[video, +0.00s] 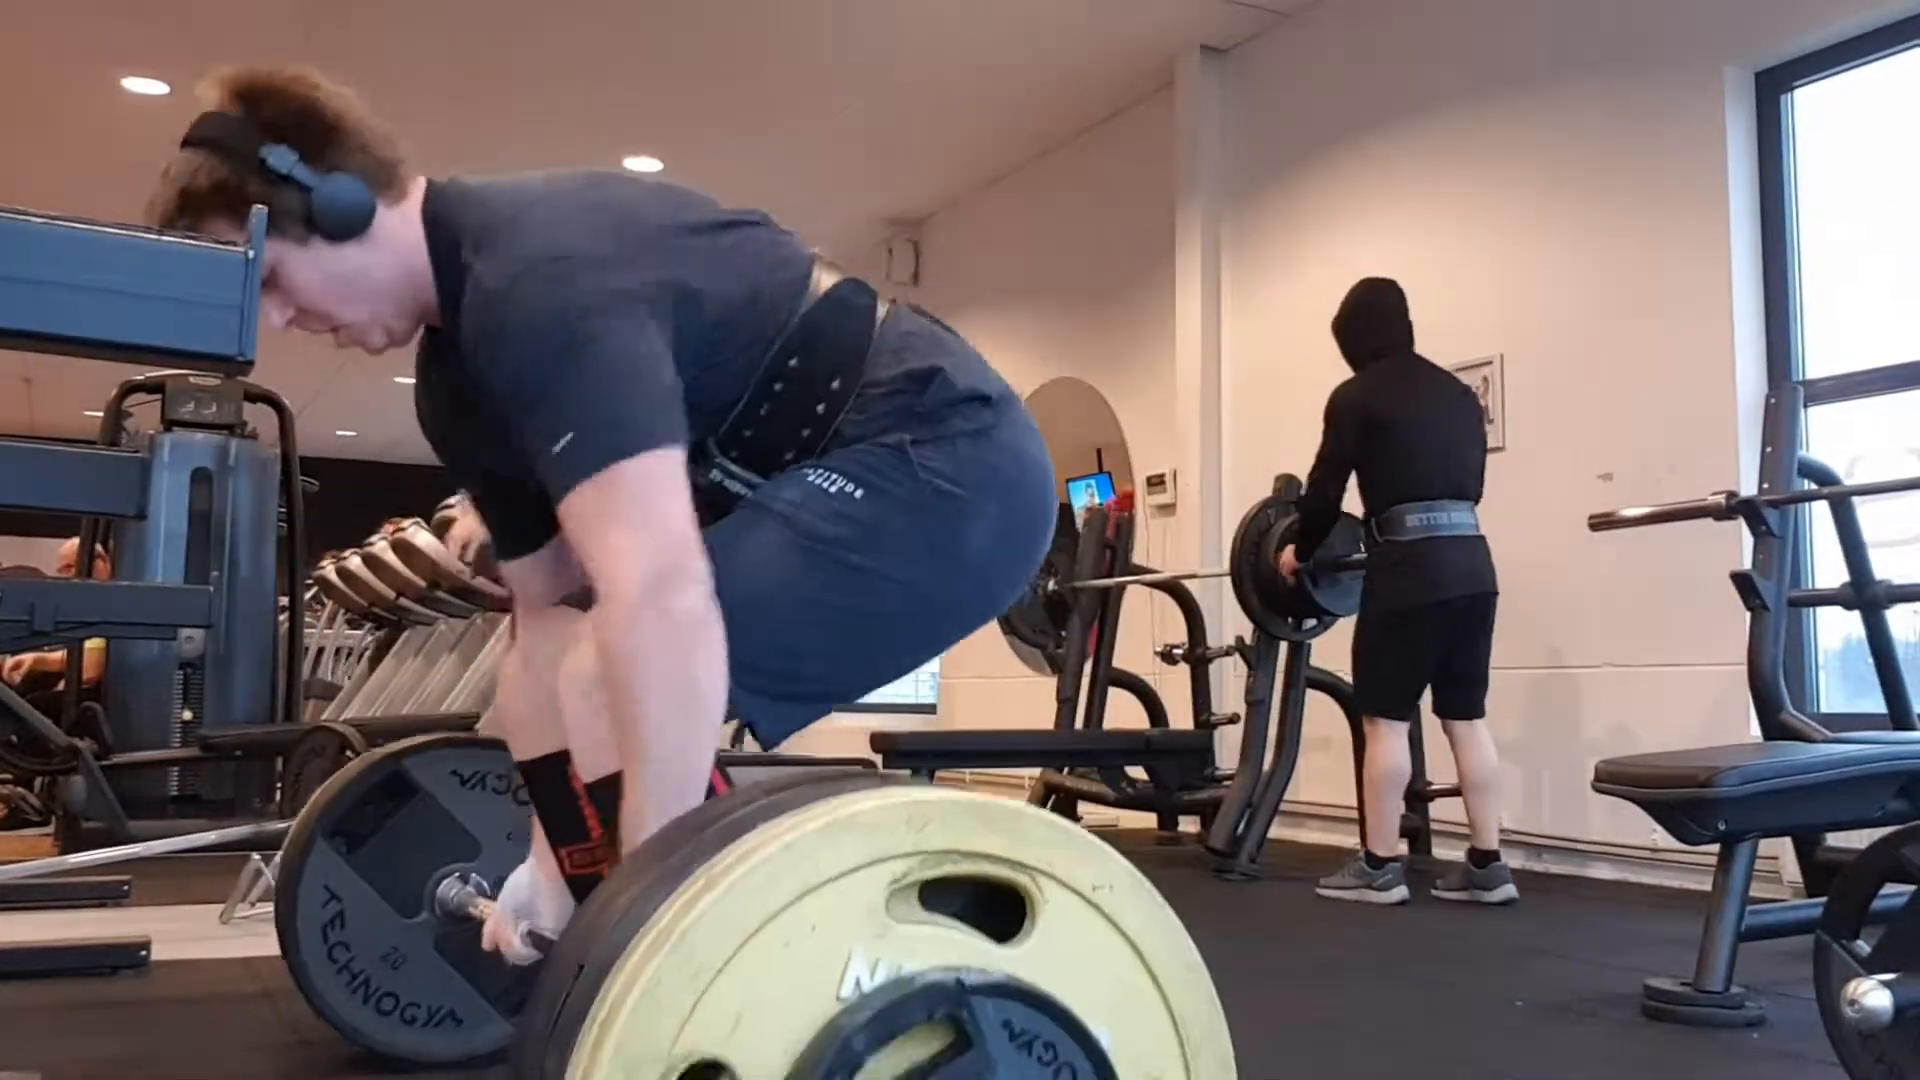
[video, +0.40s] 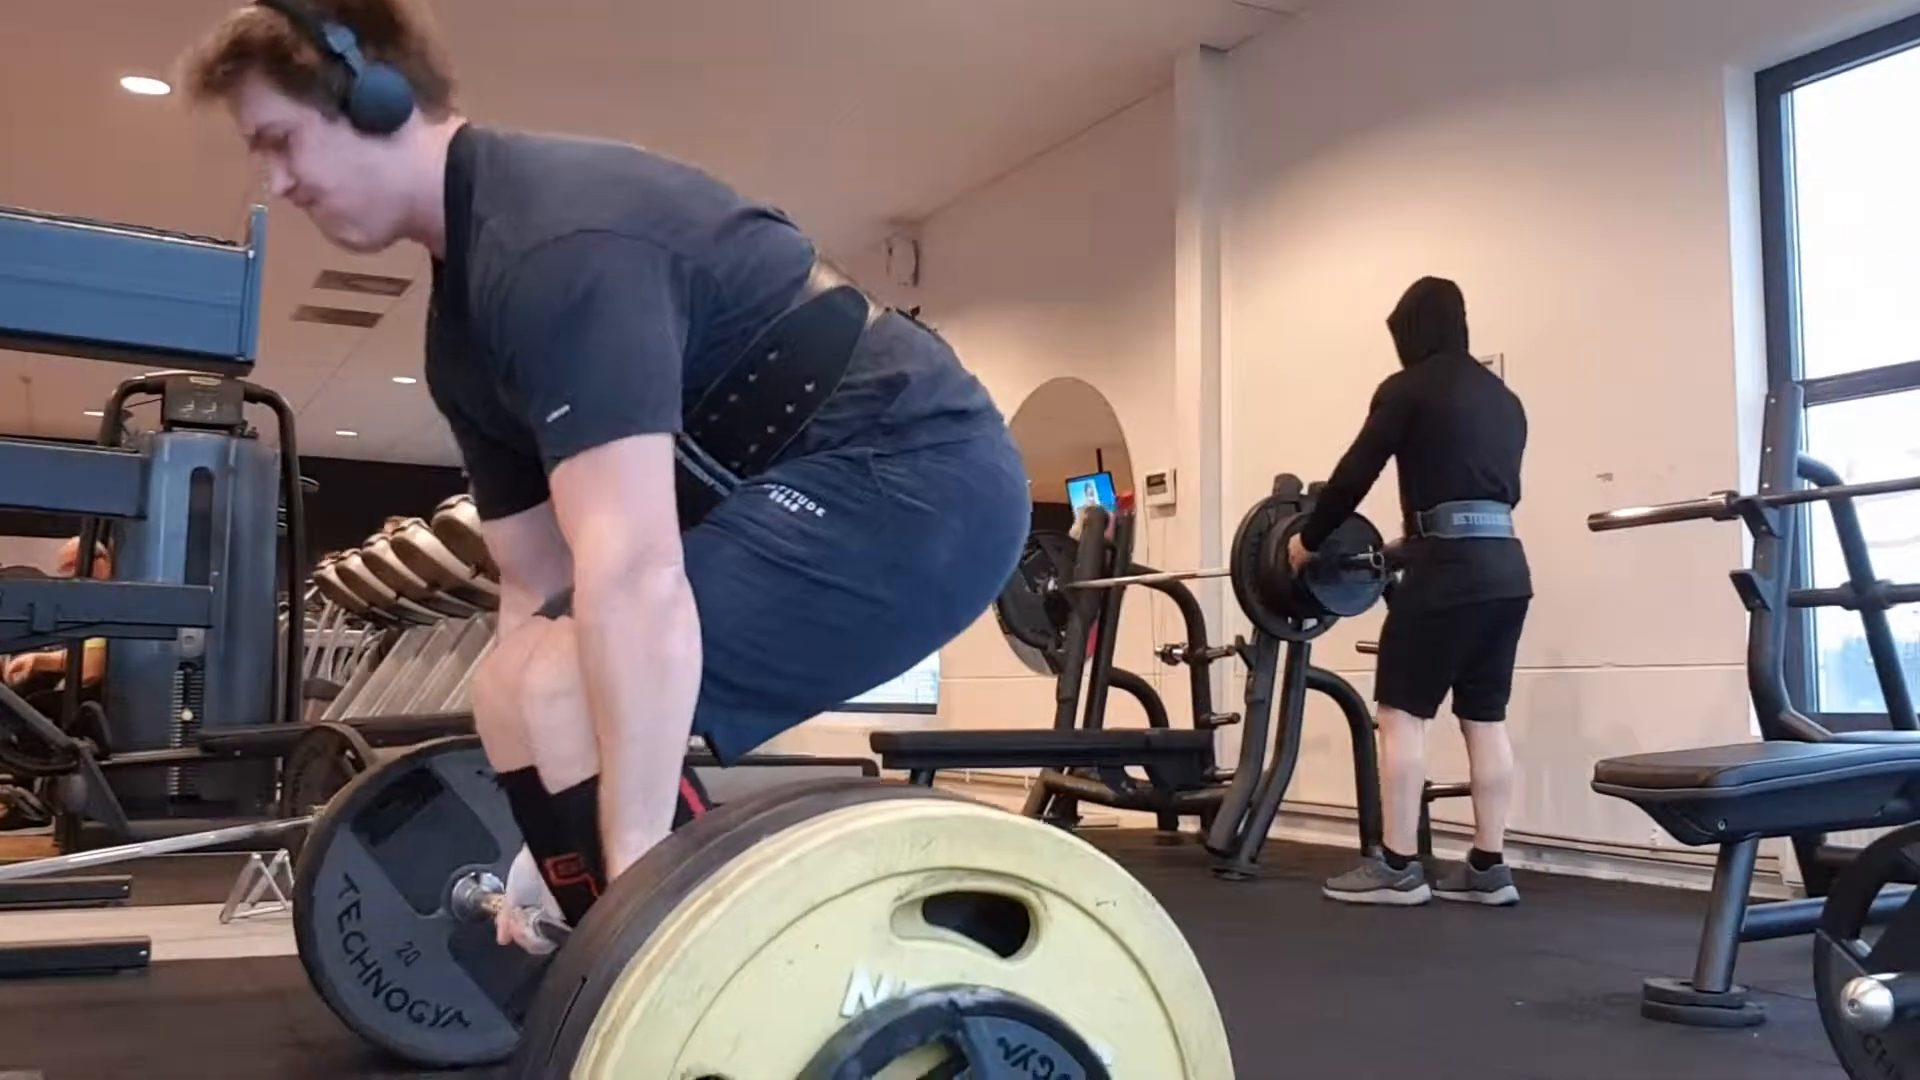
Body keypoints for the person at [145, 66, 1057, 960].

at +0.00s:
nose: (282, 321)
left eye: (268, 280)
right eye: (259, 300)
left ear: (318, 205)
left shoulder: (547, 286)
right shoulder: (454, 369)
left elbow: (661, 597)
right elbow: (554, 602)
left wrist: (656, 912)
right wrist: (547, 860)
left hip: (936, 459)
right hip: (814, 480)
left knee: (614, 676)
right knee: (533, 670)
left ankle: (701, 978)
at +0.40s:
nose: (275, 186)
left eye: (280, 143)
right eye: (260, 157)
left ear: (373, 93)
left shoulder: (562, 241)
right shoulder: (461, 329)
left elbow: (636, 573)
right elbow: (537, 589)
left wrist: (639, 878)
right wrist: (542, 853)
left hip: (911, 466)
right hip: (804, 483)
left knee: (565, 689)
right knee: (505, 688)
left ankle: (669, 1000)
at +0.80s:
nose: (300, 42)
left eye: (321, 8)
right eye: (300, 16)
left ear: (415, 11)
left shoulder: (594, 147)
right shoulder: (492, 251)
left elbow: (662, 476)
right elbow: (558, 505)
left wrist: (660, 776)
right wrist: (560, 755)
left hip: (927, 388)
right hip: (810, 416)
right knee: (586, 653)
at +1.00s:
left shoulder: (617, 57)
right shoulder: (512, 160)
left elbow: (681, 365)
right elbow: (574, 413)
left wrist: (661, 651)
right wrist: (582, 668)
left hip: (926, 336)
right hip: (809, 366)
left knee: (737, 646)